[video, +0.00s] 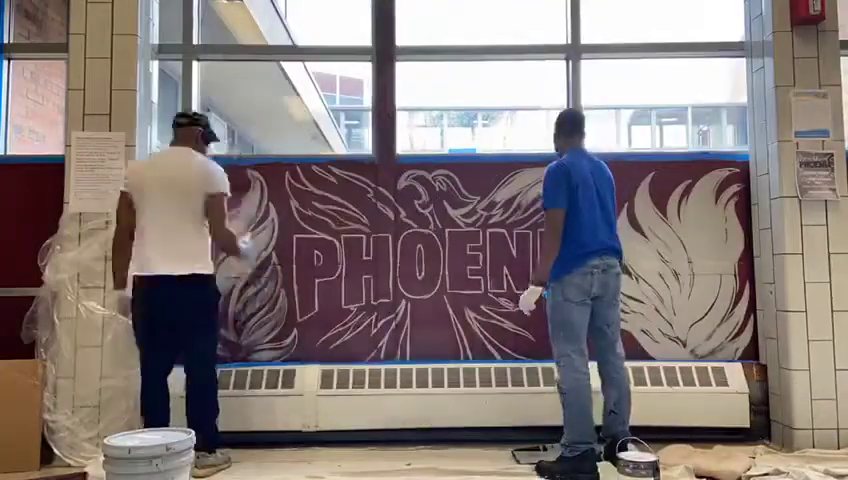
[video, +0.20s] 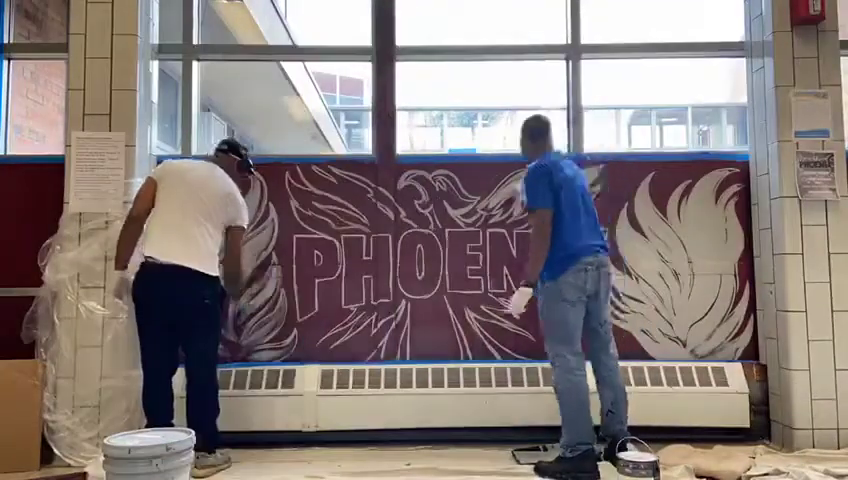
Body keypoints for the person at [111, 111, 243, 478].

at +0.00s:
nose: (209, 150)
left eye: (209, 145)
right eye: (209, 144)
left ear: (174, 134)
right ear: (200, 137)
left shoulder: (137, 170)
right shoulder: (210, 170)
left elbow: (123, 233)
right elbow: (218, 230)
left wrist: (120, 288)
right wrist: (237, 247)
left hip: (149, 287)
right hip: (194, 286)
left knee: (153, 373)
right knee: (201, 371)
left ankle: (155, 454)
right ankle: (203, 452)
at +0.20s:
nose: (244, 181)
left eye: (245, 175)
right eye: (244, 175)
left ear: (214, 156)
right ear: (236, 166)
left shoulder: (168, 167)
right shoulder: (235, 196)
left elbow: (136, 215)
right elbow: (233, 261)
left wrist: (120, 269)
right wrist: (233, 294)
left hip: (152, 279)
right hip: (199, 286)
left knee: (156, 370)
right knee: (202, 370)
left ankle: (160, 452)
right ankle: (204, 452)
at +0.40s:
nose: (240, 197)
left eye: (242, 192)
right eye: (241, 191)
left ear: (208, 167)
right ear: (232, 181)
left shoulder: (165, 175)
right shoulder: (230, 207)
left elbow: (132, 221)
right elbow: (229, 274)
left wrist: (120, 277)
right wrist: (227, 314)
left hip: (145, 281)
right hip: (193, 288)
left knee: (151, 371)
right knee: (200, 370)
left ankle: (158, 451)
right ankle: (203, 451)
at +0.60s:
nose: (242, 207)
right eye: (244, 202)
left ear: (221, 178)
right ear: (242, 197)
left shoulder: (177, 182)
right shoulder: (236, 215)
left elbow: (137, 223)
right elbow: (236, 281)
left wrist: (127, 275)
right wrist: (240, 328)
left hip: (148, 279)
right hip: (195, 288)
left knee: (153, 373)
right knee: (202, 372)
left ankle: (159, 452)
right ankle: (205, 451)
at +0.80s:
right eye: (244, 212)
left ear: (224, 189)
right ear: (243, 209)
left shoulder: (177, 187)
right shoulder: (235, 224)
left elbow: (136, 221)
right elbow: (234, 290)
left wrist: (123, 274)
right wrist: (233, 333)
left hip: (143, 280)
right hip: (189, 289)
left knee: (150, 375)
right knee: (199, 373)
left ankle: (159, 452)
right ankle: (205, 451)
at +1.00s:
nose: (238, 206)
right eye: (240, 201)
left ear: (212, 178)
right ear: (236, 196)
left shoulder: (168, 183)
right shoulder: (231, 217)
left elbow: (128, 222)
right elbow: (225, 280)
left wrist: (115, 273)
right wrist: (227, 310)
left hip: (138, 282)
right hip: (186, 289)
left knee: (147, 374)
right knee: (196, 372)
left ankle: (157, 452)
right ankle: (203, 451)